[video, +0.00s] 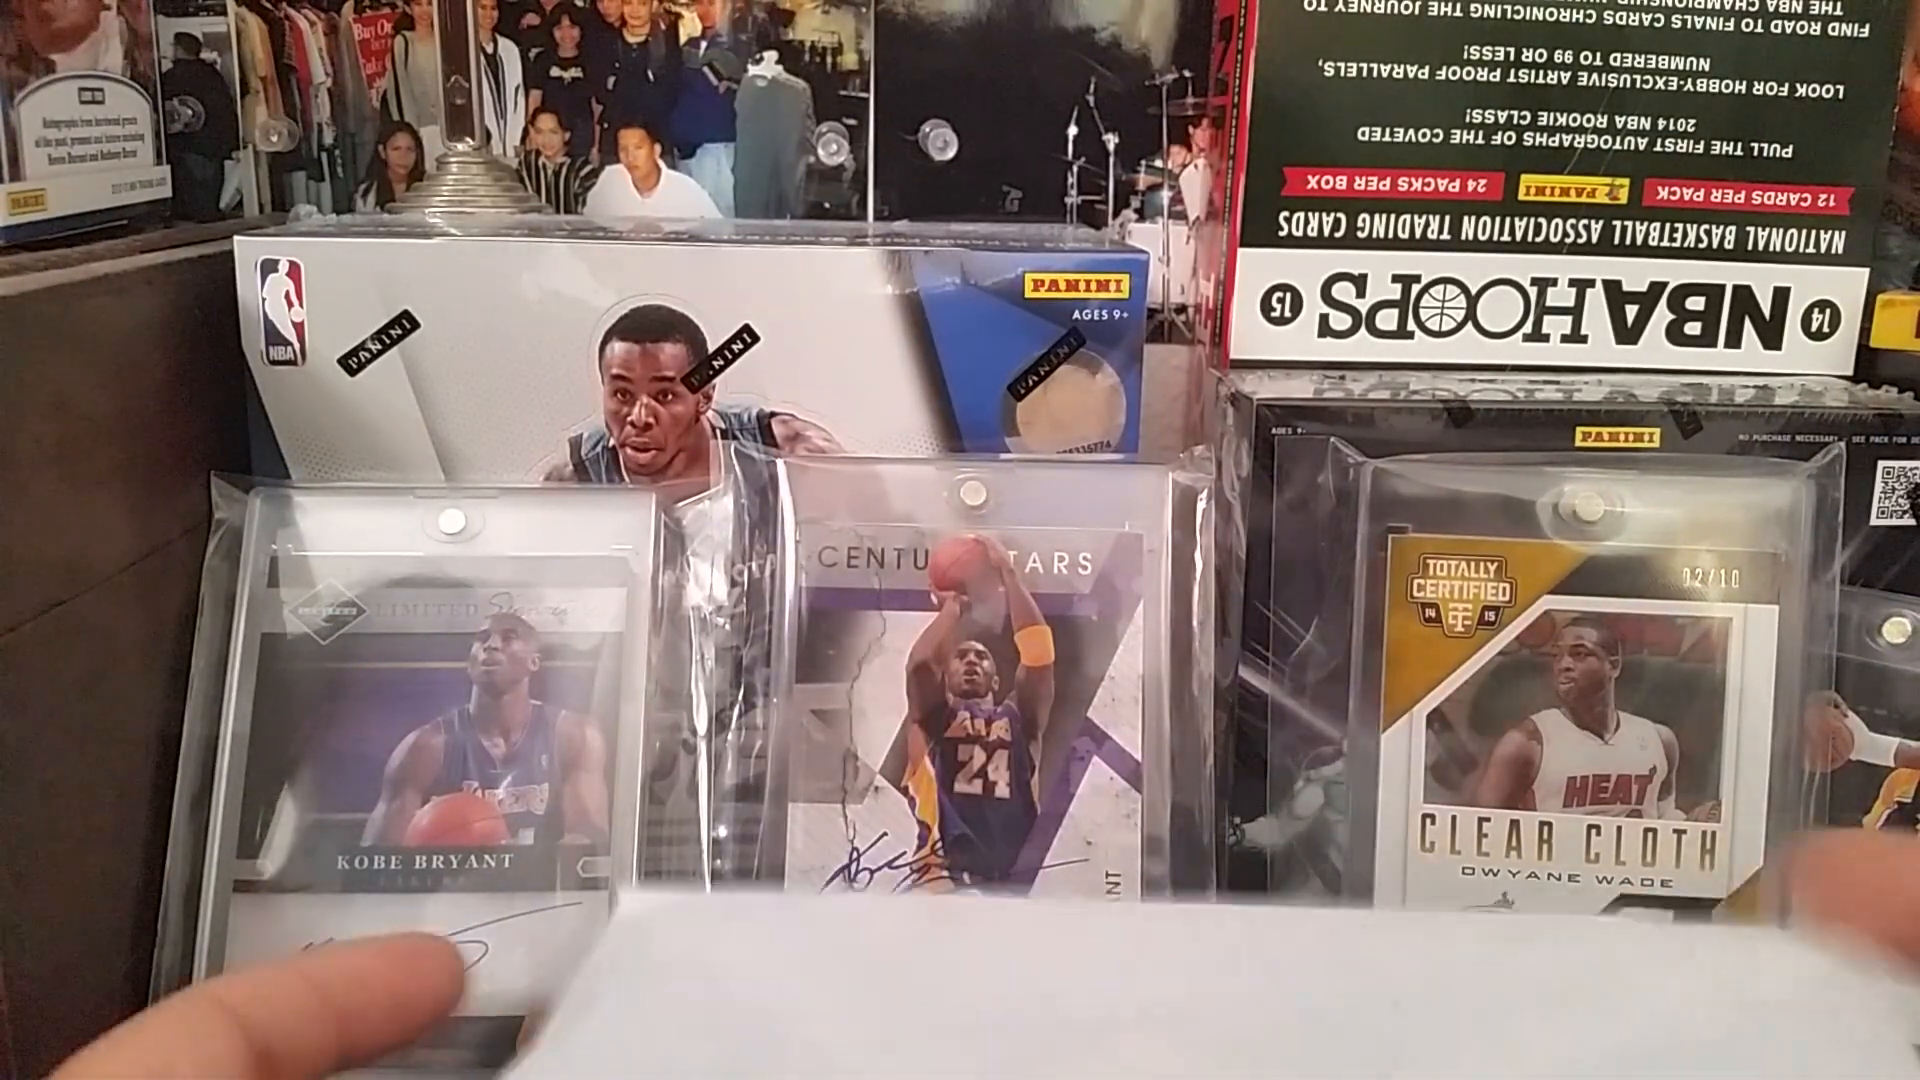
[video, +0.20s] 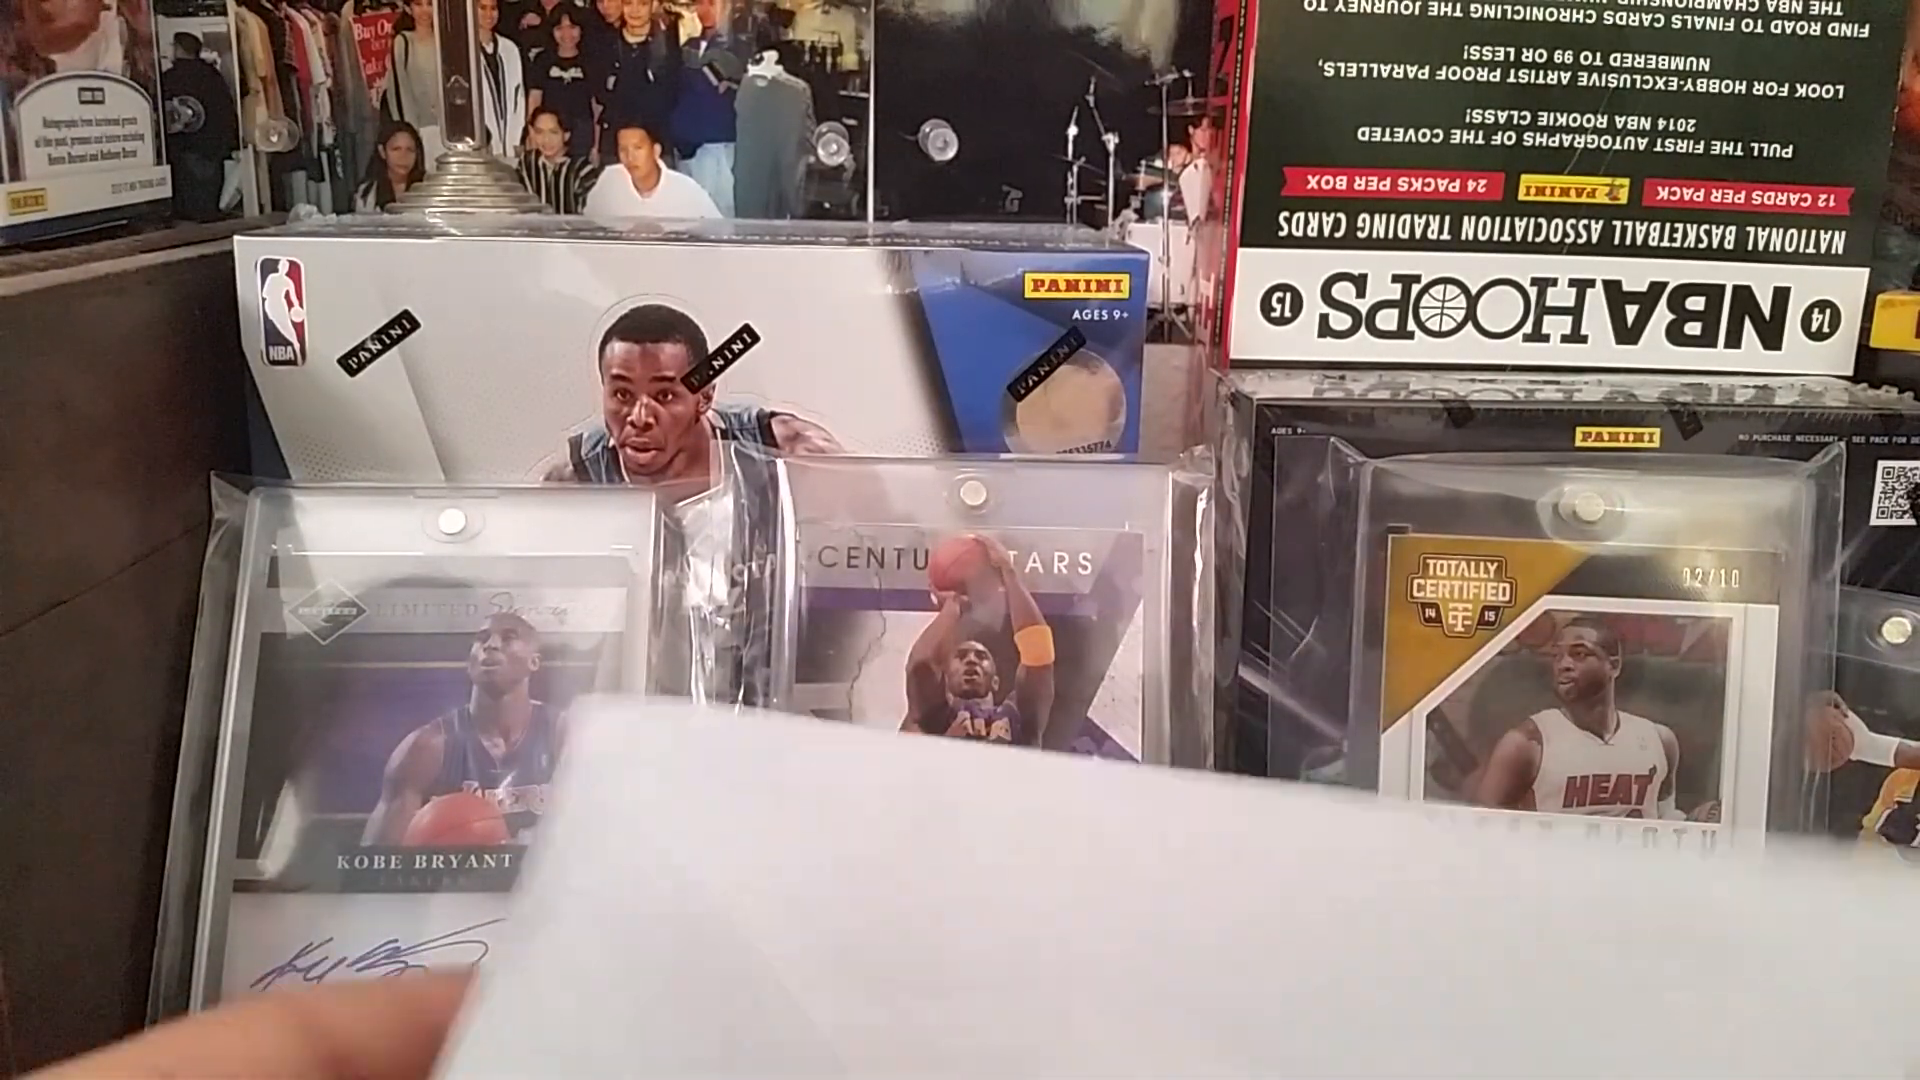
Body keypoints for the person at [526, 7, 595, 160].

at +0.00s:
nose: (566, 33)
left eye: (571, 27)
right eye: (560, 28)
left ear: (580, 31)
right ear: (553, 33)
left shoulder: (590, 61)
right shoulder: (543, 60)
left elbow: (597, 105)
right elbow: (535, 98)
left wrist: (596, 145)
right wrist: (531, 135)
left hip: (581, 134)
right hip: (549, 136)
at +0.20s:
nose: (566, 33)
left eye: (572, 27)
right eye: (560, 28)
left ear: (580, 31)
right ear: (554, 33)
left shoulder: (590, 62)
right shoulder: (543, 60)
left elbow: (597, 105)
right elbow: (535, 98)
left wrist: (596, 146)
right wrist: (532, 135)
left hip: (581, 132)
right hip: (549, 133)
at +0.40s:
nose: (566, 33)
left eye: (572, 27)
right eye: (559, 28)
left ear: (580, 31)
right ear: (553, 33)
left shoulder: (590, 62)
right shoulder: (543, 60)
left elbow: (597, 105)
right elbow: (534, 98)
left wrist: (596, 146)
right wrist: (531, 135)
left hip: (581, 132)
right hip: (549, 133)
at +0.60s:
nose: (566, 34)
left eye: (572, 27)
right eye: (560, 28)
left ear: (580, 31)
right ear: (553, 33)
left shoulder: (590, 62)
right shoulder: (543, 60)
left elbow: (597, 106)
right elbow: (535, 99)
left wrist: (596, 147)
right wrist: (532, 136)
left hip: (581, 134)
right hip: (549, 136)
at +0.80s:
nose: (566, 34)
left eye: (571, 27)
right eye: (560, 28)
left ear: (580, 31)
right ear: (553, 33)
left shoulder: (589, 61)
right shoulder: (543, 60)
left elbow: (596, 104)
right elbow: (535, 99)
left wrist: (596, 146)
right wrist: (533, 139)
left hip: (582, 131)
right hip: (550, 132)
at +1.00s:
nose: (567, 34)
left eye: (572, 27)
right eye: (560, 28)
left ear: (580, 32)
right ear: (553, 33)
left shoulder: (589, 60)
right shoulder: (543, 60)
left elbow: (597, 105)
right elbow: (535, 99)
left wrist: (596, 146)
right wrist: (533, 139)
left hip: (582, 131)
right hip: (550, 131)